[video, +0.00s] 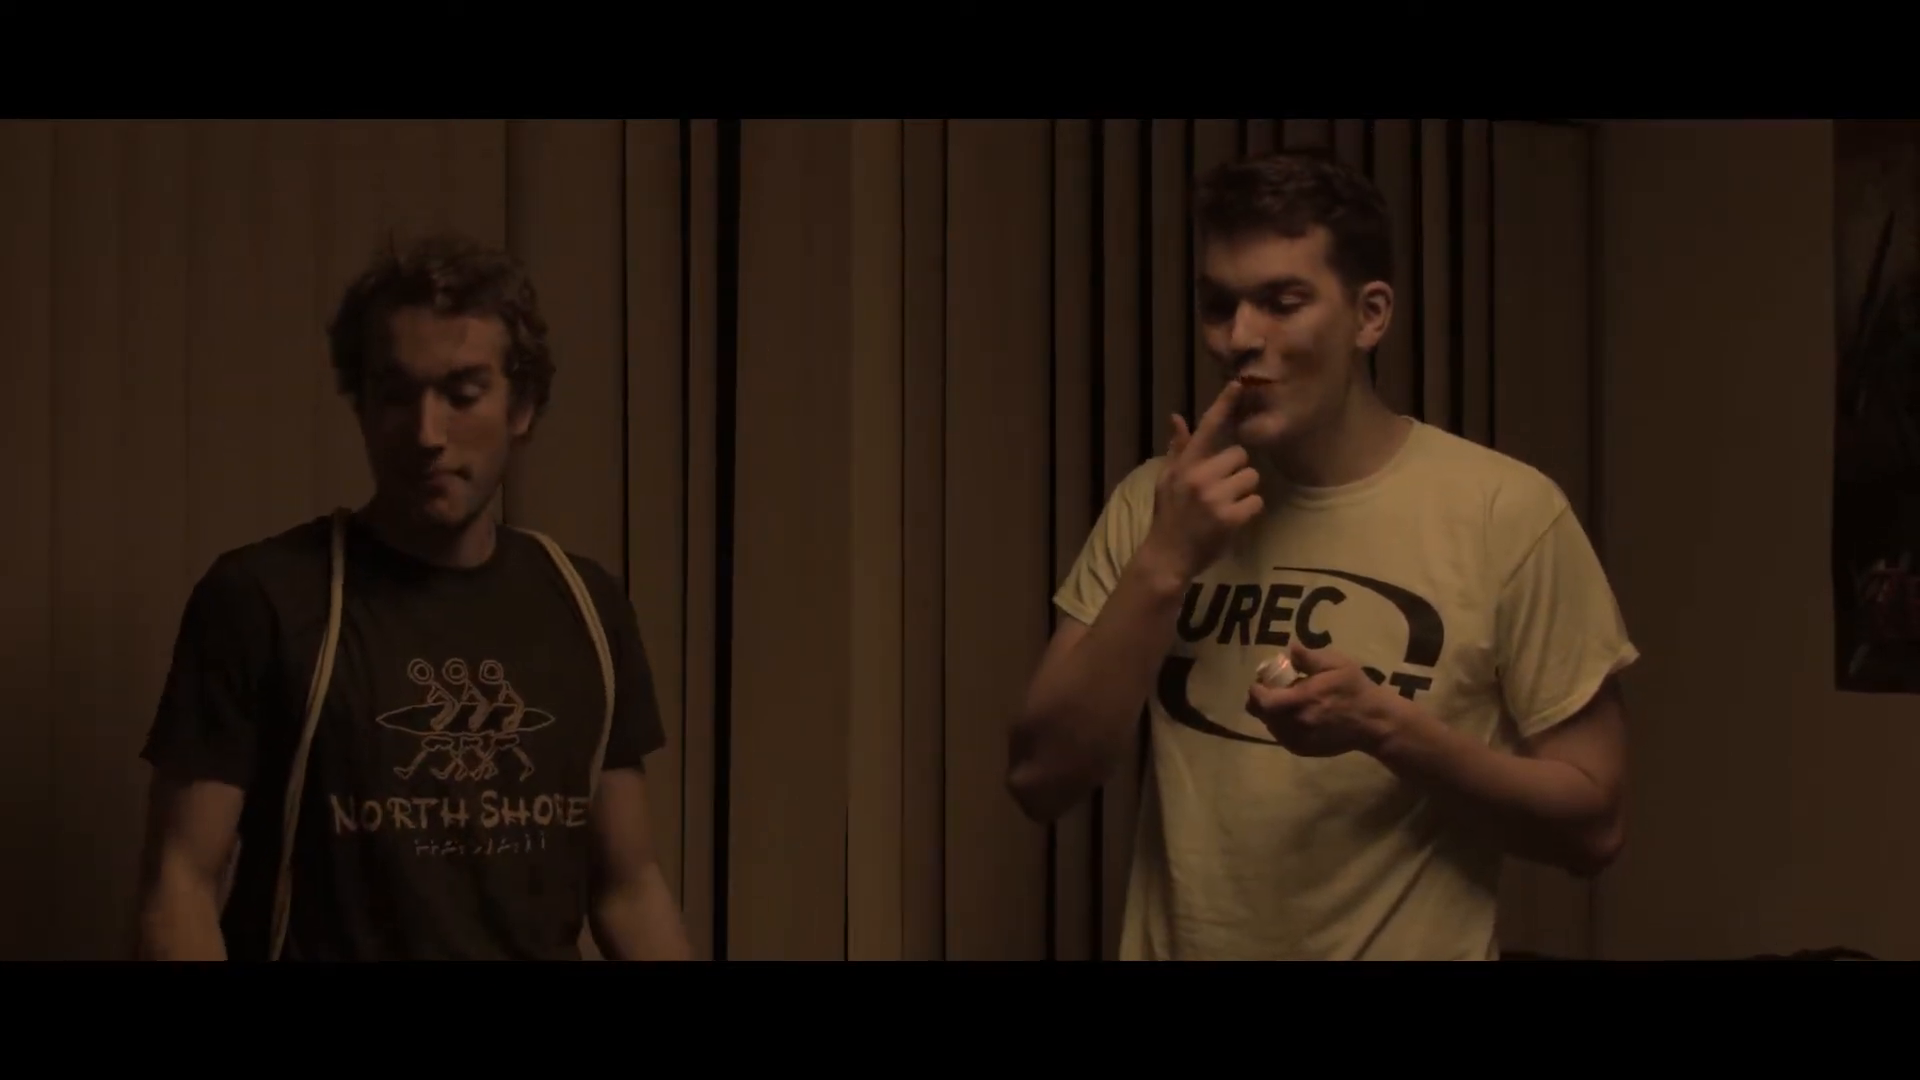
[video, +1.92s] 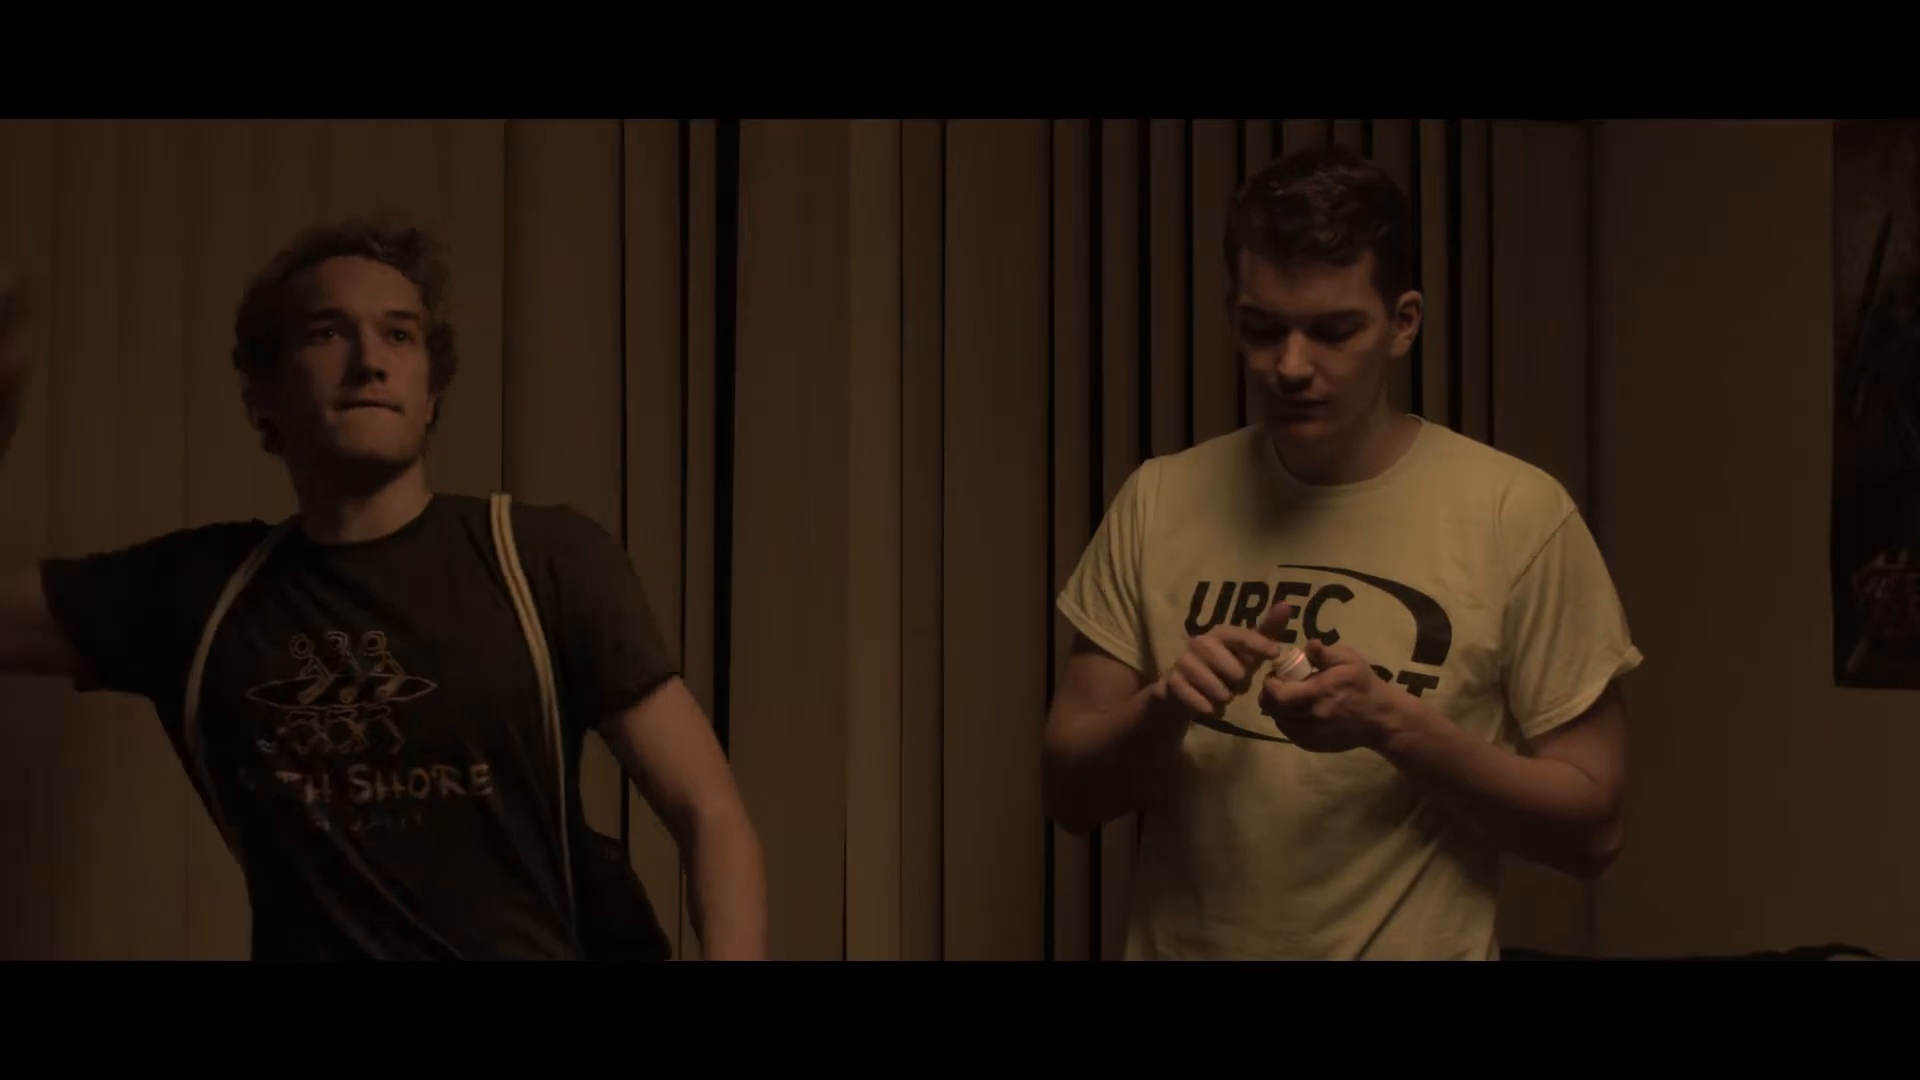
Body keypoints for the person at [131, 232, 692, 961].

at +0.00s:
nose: (426, 434)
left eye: (462, 393)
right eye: (395, 397)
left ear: (522, 411)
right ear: (361, 413)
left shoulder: (589, 607)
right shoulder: (260, 600)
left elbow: (629, 883)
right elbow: (183, 883)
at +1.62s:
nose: (394, 350)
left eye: (427, 325)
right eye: (355, 334)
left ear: (479, 378)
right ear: (318, 405)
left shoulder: (605, 578)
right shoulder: (252, 596)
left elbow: (716, 862)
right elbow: (102, 803)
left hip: (558, 951)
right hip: (329, 958)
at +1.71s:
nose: (382, 350)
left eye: (413, 324)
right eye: (343, 334)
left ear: (463, 377)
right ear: (302, 409)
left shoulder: (587, 569)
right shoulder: (249, 592)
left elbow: (715, 850)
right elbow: (72, 752)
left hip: (564, 951)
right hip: (336, 957)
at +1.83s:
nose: (380, 352)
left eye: (410, 329)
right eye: (336, 331)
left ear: (446, 380)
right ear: (278, 400)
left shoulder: (558, 556)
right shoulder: (215, 588)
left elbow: (708, 821)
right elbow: (23, 671)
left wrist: (754, 965)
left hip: (565, 946)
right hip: (334, 951)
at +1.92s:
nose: (372, 355)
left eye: (401, 332)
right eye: (326, 332)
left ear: (435, 386)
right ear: (263, 403)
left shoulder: (552, 560)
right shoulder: (191, 592)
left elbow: (713, 820)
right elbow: (9, 616)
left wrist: (729, 959)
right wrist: (3, 412)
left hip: (558, 942)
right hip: (319, 948)